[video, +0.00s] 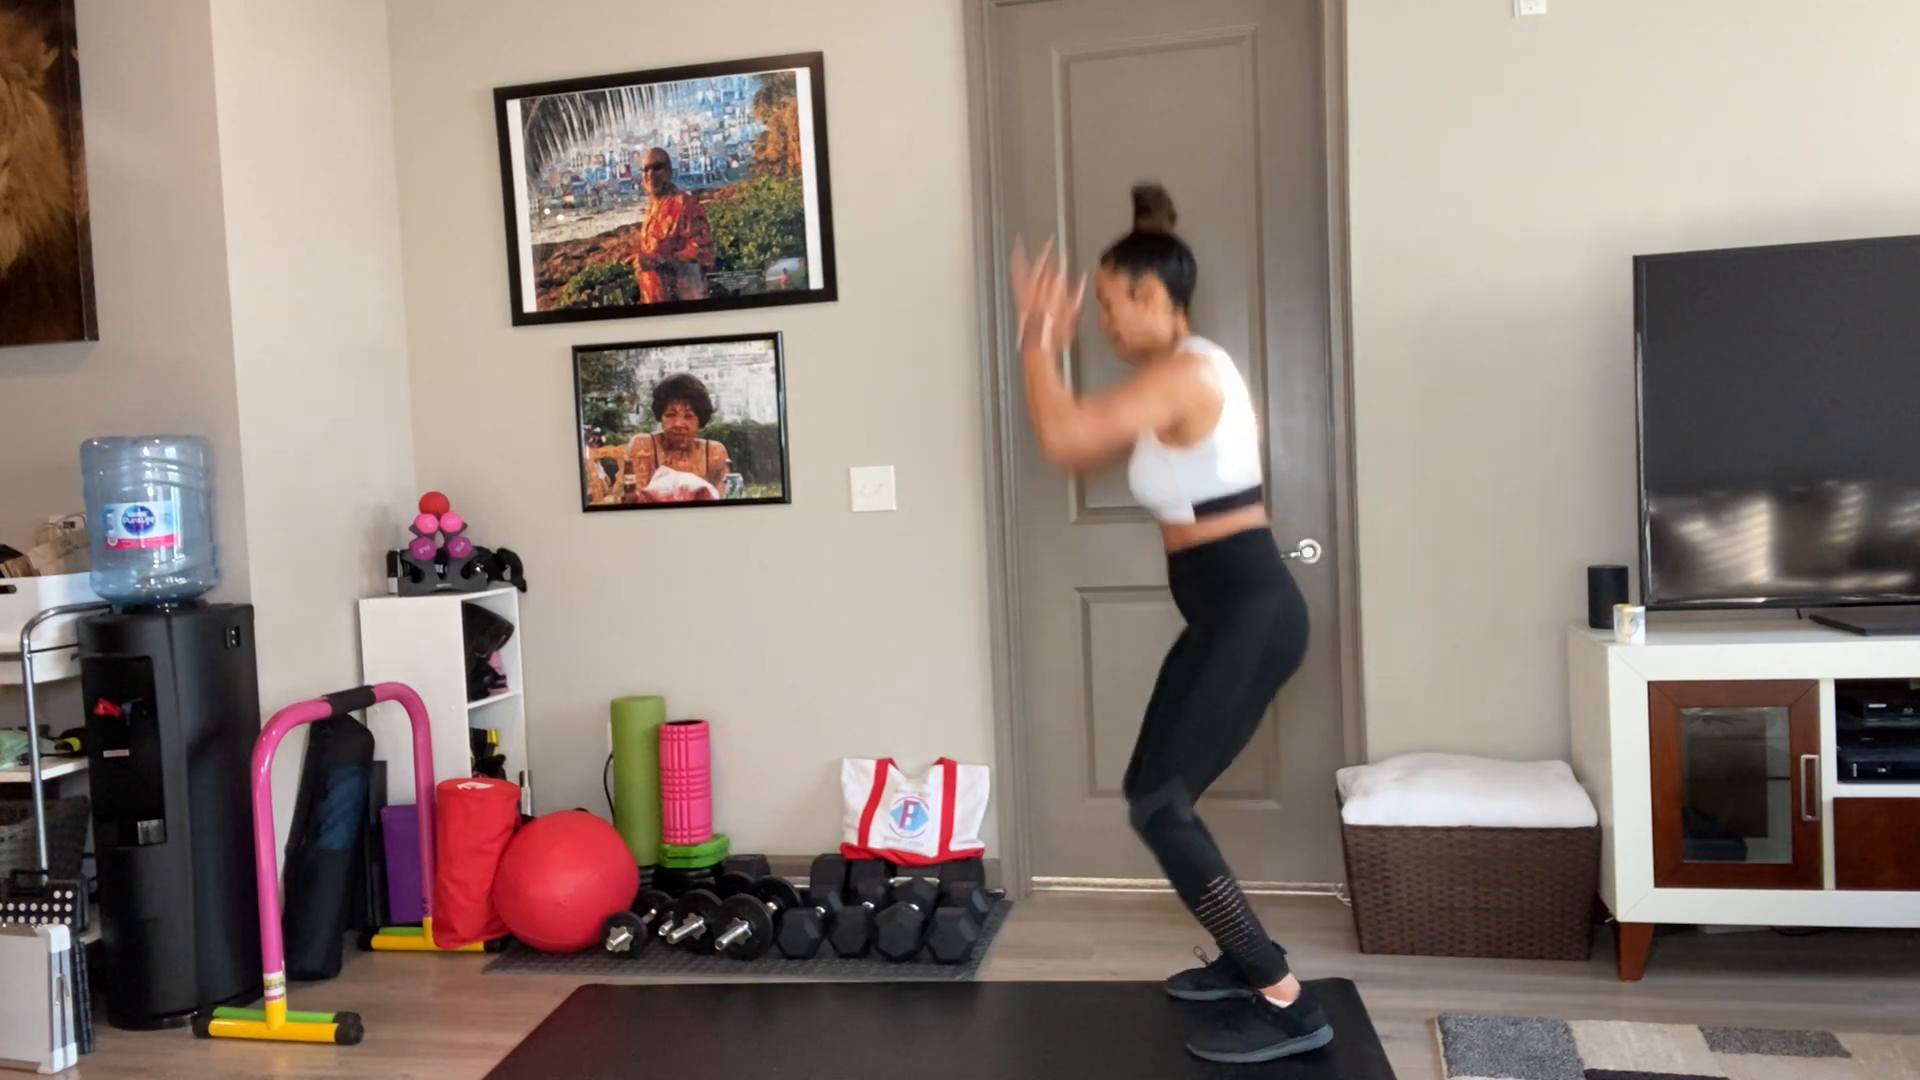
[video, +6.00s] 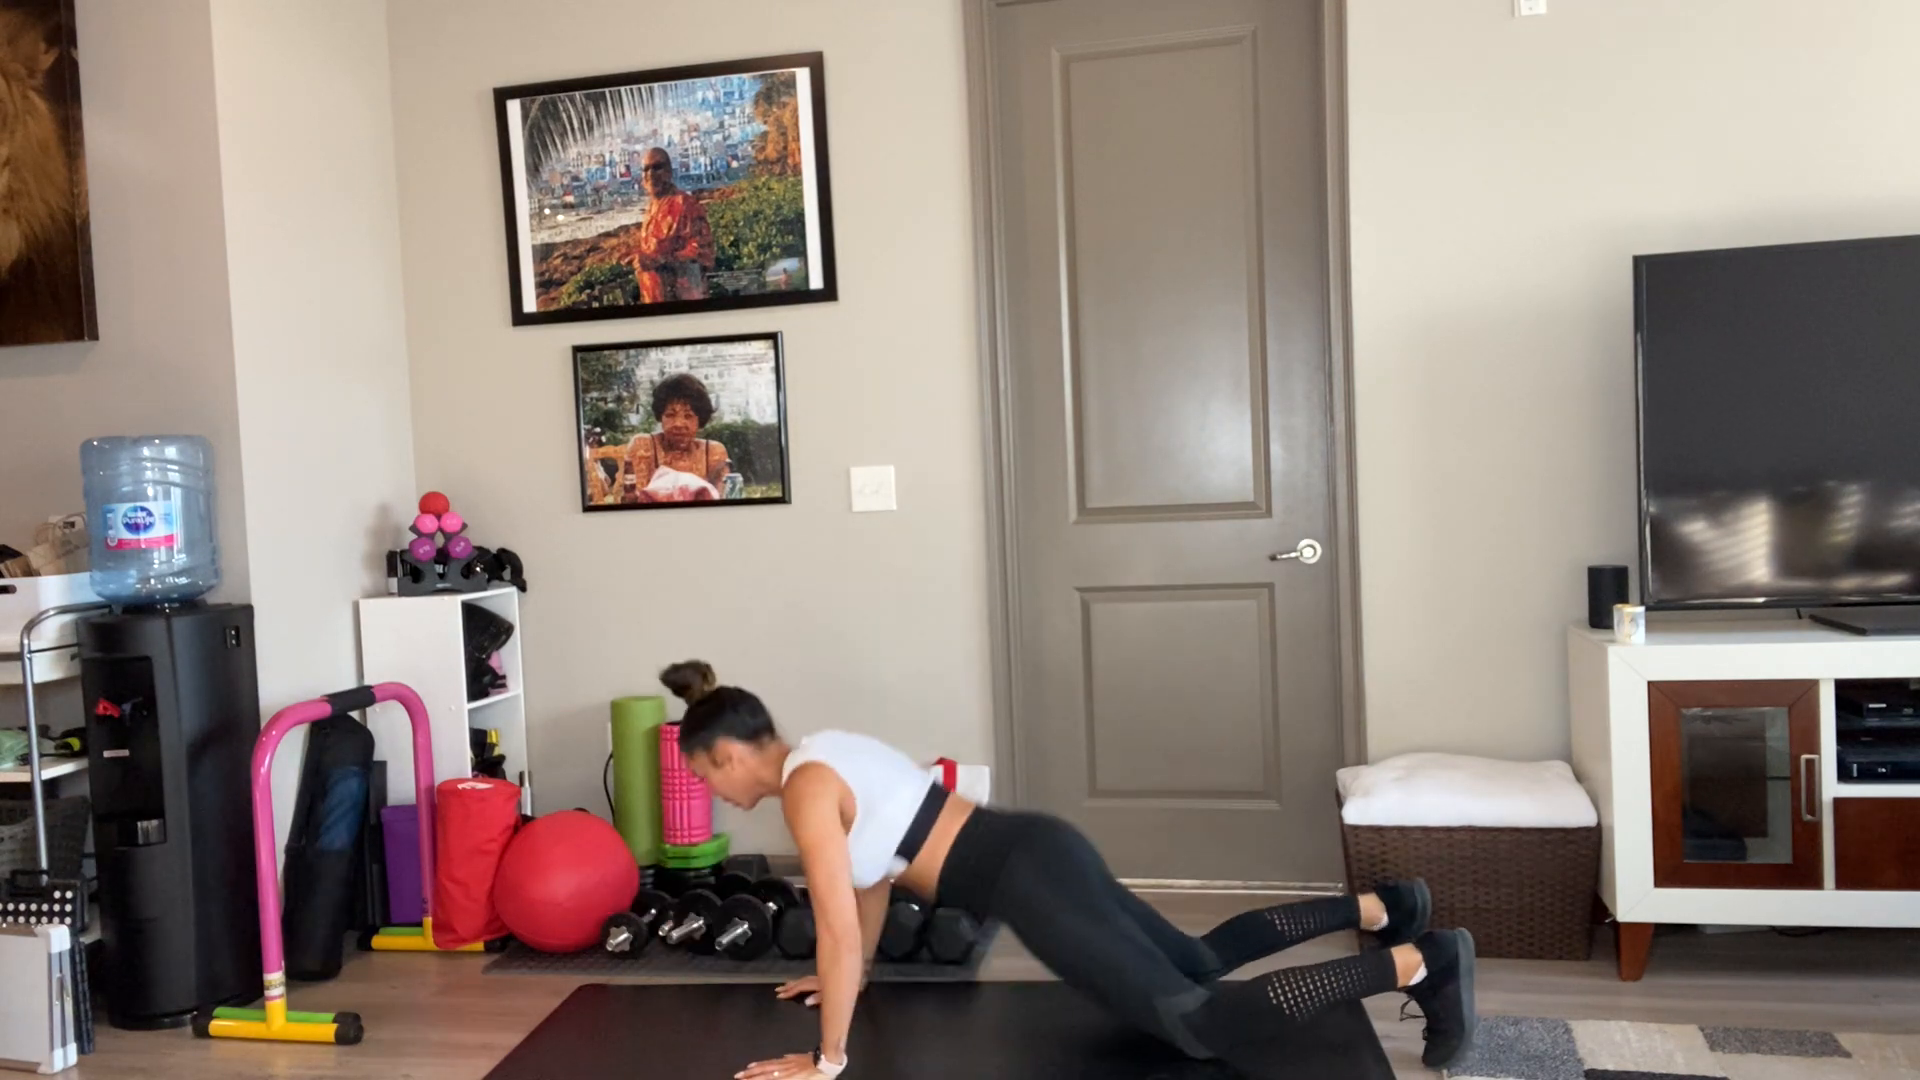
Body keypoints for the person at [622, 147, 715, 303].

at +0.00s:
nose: (650, 174)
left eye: (657, 167)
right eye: (646, 169)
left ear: (670, 172)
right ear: (642, 176)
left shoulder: (686, 204)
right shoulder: (653, 206)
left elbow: (703, 254)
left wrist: (655, 260)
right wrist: (639, 257)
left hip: (683, 297)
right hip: (655, 297)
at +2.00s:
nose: (651, 174)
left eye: (657, 167)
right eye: (646, 169)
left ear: (670, 172)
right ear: (642, 175)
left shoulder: (686, 205)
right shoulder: (653, 206)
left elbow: (702, 254)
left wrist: (654, 260)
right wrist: (638, 256)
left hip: (683, 297)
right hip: (655, 297)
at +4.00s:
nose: (650, 174)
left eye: (657, 167)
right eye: (646, 169)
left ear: (670, 172)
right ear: (642, 175)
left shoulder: (685, 204)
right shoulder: (653, 206)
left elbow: (703, 254)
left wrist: (657, 260)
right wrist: (637, 257)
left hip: (682, 297)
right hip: (654, 297)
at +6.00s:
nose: (650, 174)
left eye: (657, 167)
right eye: (645, 169)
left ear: (669, 171)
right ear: (642, 176)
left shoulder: (686, 204)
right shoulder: (654, 206)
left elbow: (703, 255)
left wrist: (657, 260)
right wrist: (638, 257)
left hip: (683, 297)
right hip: (655, 297)